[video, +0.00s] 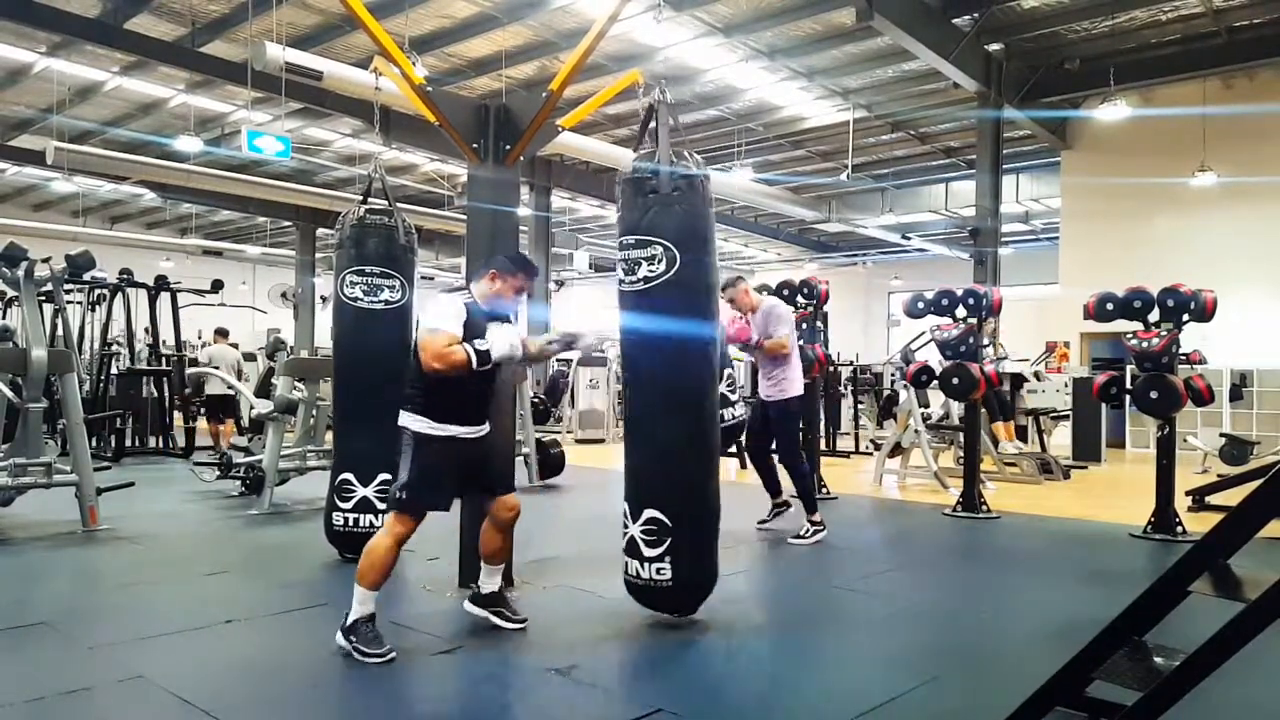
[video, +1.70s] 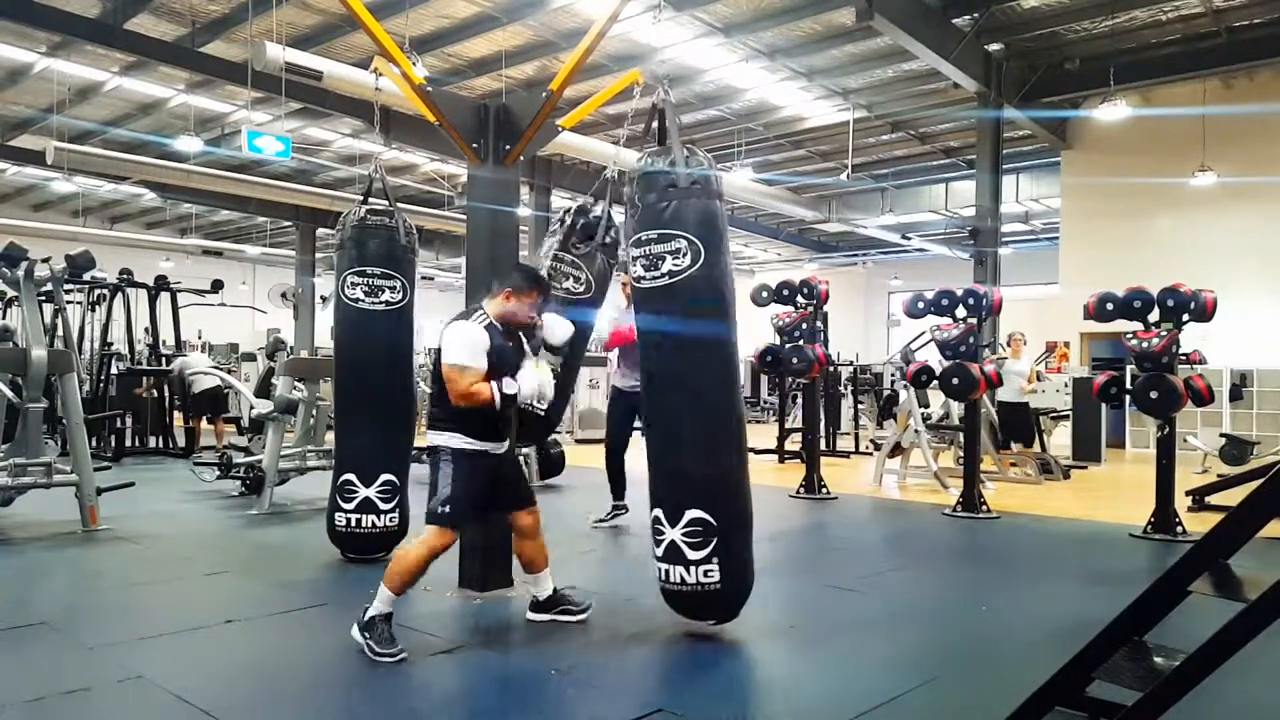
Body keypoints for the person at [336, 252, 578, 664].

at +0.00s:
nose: (519, 302)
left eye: (523, 295)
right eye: (517, 292)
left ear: (506, 286)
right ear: (494, 278)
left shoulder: (499, 319)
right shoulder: (445, 303)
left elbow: (517, 349)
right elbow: (435, 358)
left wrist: (553, 345)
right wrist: (490, 348)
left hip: (477, 435)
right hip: (429, 435)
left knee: (505, 509)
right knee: (400, 526)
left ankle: (487, 593)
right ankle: (357, 621)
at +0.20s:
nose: (496, 305)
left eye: (500, 298)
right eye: (494, 295)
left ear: (482, 288)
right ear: (473, 282)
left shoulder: (476, 324)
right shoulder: (423, 312)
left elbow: (478, 370)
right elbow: (409, 367)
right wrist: (471, 362)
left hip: (462, 442)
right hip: (415, 442)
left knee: (482, 517)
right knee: (388, 530)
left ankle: (480, 602)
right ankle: (320, 616)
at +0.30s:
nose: (479, 308)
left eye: (482, 301)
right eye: (478, 298)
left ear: (460, 290)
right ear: (456, 286)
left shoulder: (455, 328)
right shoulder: (408, 316)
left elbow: (451, 378)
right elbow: (399, 372)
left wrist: (478, 391)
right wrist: (458, 391)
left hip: (440, 447)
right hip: (393, 446)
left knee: (467, 524)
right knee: (370, 538)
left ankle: (480, 602)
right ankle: (304, 625)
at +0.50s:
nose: (452, 292)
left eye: (456, 284)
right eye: (451, 282)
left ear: (429, 273)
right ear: (427, 270)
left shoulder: (418, 310)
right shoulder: (383, 300)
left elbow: (411, 360)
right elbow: (370, 356)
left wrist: (444, 367)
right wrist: (429, 370)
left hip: (409, 431)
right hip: (362, 433)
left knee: (442, 501)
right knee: (344, 530)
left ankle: (430, 591)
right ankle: (305, 624)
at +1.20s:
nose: (500, 311)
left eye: (505, 303)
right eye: (500, 301)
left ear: (482, 289)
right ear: (478, 285)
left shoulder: (470, 321)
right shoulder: (428, 309)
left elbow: (471, 369)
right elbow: (427, 370)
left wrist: (502, 367)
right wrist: (477, 350)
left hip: (452, 437)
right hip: (406, 436)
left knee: (468, 517)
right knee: (382, 527)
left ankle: (459, 604)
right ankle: (318, 617)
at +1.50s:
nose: (507, 316)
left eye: (511, 309)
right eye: (506, 307)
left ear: (488, 296)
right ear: (482, 291)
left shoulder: (480, 329)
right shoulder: (433, 321)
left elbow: (483, 379)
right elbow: (441, 381)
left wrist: (518, 370)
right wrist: (499, 352)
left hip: (468, 446)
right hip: (425, 447)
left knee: (512, 506)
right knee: (407, 536)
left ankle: (495, 587)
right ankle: (367, 625)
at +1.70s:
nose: (535, 316)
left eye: (538, 309)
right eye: (533, 307)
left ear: (512, 299)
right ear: (508, 296)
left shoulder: (507, 332)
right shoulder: (465, 331)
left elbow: (518, 371)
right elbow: (461, 392)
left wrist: (546, 342)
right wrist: (514, 387)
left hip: (497, 449)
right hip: (456, 449)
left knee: (527, 521)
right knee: (439, 537)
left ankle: (544, 598)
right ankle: (375, 617)